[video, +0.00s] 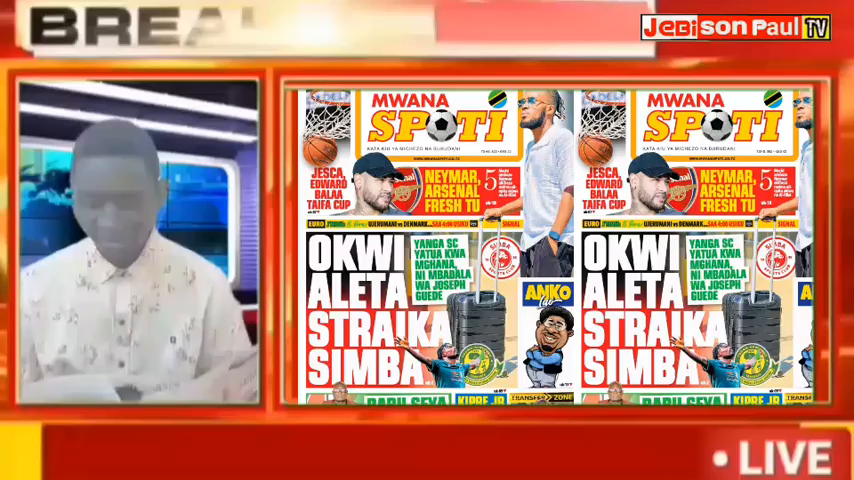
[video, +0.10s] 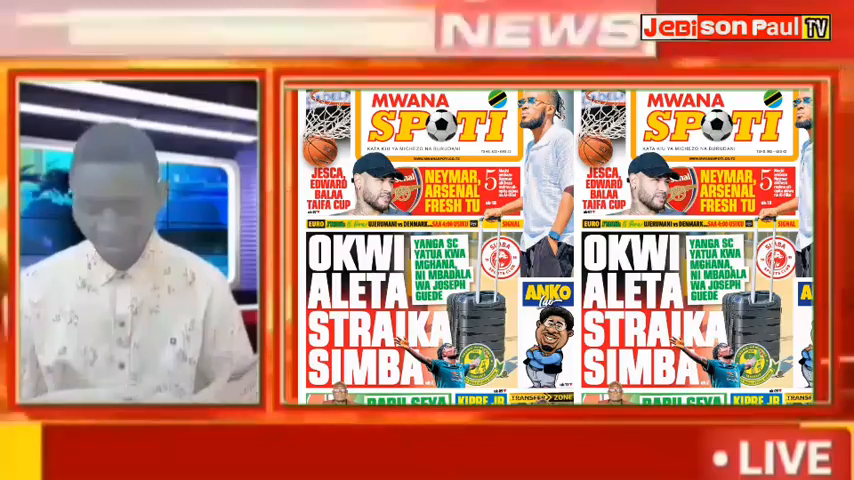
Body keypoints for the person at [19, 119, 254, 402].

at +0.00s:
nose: (110, 219)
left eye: (128, 201)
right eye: (93, 202)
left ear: (161, 194)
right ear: (72, 197)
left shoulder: (206, 286)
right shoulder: (34, 288)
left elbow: (241, 388)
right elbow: (13, 398)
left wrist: (149, 408)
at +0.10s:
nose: (109, 225)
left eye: (126, 208)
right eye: (93, 208)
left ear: (161, 196)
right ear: (72, 198)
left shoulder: (205, 287)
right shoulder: (34, 289)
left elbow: (243, 390)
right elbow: (19, 405)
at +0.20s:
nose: (110, 226)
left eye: (126, 209)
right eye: (93, 209)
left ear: (162, 195)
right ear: (73, 200)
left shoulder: (206, 286)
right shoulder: (36, 288)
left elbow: (232, 407)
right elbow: (30, 411)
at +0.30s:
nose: (112, 228)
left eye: (128, 210)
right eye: (95, 211)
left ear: (162, 195)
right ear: (74, 198)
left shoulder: (206, 285)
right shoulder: (37, 288)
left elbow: (232, 398)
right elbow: (31, 410)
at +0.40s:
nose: (115, 229)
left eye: (131, 210)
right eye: (98, 211)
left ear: (164, 194)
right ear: (76, 196)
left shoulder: (208, 286)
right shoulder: (39, 290)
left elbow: (234, 404)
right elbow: (33, 412)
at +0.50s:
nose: (121, 225)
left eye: (137, 207)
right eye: (103, 208)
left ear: (168, 194)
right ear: (80, 194)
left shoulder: (213, 286)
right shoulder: (41, 289)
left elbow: (233, 400)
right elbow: (36, 412)